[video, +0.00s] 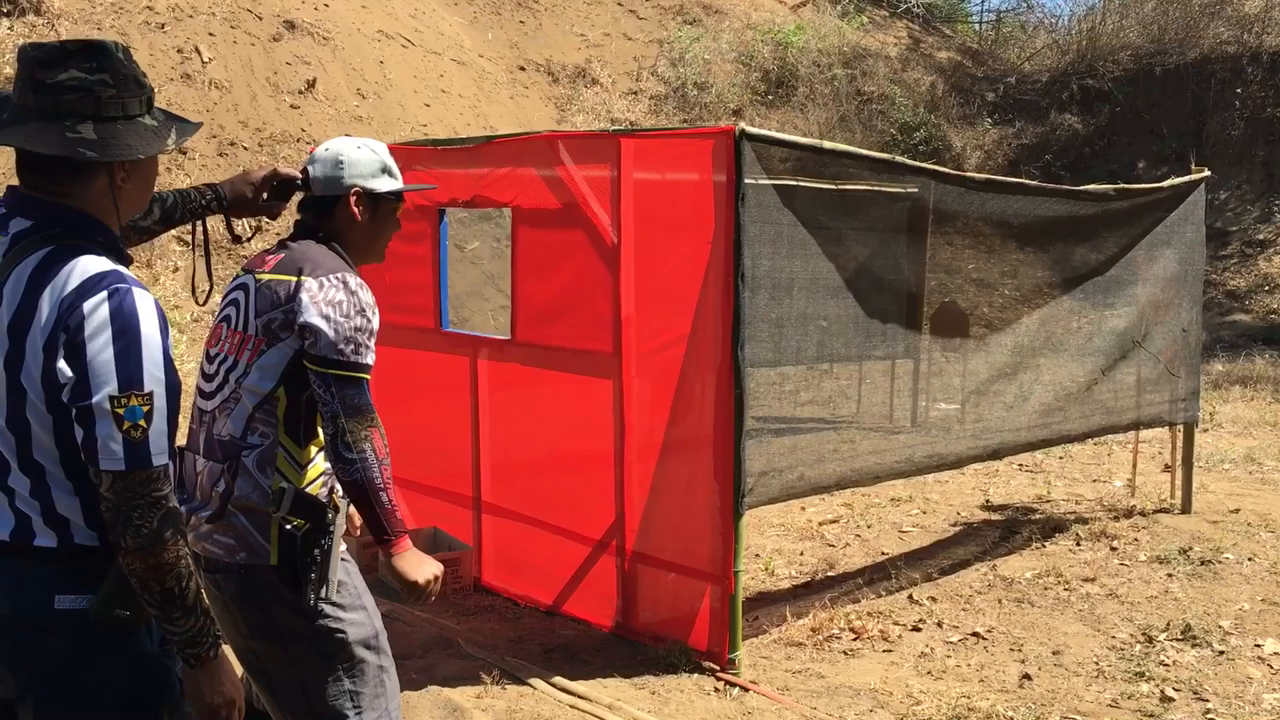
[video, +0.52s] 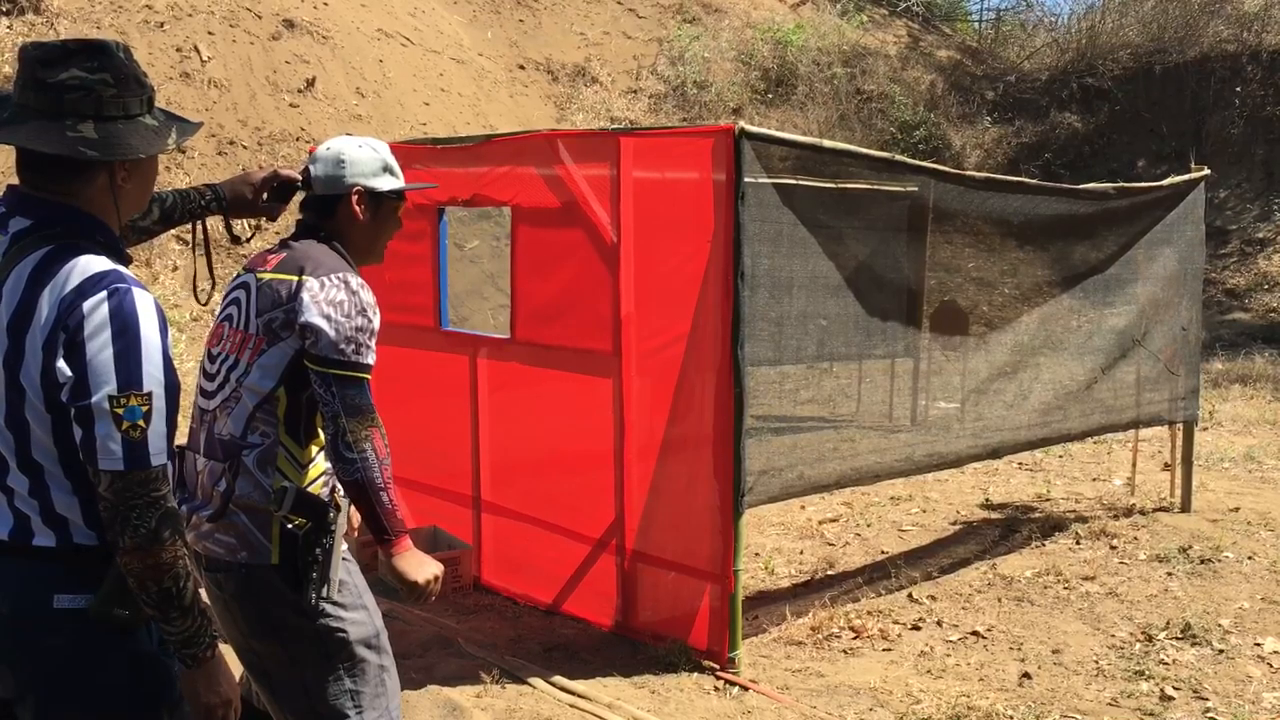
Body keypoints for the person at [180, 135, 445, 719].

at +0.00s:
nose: (401, 223)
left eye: (401, 208)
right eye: (395, 207)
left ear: (335, 203)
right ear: (356, 207)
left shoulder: (265, 267)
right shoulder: (336, 287)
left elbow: (275, 406)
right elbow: (352, 431)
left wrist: (335, 494)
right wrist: (401, 545)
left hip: (222, 532)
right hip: (280, 540)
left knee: (285, 696)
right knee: (363, 696)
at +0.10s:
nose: (400, 223)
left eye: (401, 208)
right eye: (395, 207)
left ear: (334, 202)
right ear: (357, 207)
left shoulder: (265, 267)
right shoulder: (337, 287)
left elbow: (275, 407)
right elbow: (352, 431)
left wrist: (335, 494)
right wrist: (402, 544)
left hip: (221, 528)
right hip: (279, 538)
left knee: (286, 693)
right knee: (363, 696)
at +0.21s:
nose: (400, 222)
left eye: (401, 208)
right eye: (395, 206)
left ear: (335, 201)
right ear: (357, 205)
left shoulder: (263, 267)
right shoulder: (337, 286)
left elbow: (277, 409)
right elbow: (352, 430)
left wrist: (340, 498)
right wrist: (402, 544)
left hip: (221, 531)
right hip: (280, 540)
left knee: (285, 692)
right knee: (364, 697)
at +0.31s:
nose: (401, 222)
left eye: (402, 207)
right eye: (395, 205)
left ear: (335, 201)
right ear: (357, 206)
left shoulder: (265, 266)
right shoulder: (337, 287)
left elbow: (276, 405)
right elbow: (352, 432)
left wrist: (337, 495)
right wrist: (401, 544)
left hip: (222, 531)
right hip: (280, 541)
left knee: (284, 694)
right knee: (363, 698)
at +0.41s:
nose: (401, 222)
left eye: (402, 207)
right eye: (395, 206)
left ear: (333, 201)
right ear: (357, 205)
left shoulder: (264, 266)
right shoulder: (337, 287)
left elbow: (274, 406)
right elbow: (352, 432)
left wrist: (335, 495)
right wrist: (401, 544)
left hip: (222, 531)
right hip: (280, 542)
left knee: (283, 695)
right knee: (363, 699)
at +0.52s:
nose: (402, 222)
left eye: (403, 207)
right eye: (397, 206)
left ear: (335, 201)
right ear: (358, 205)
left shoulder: (263, 266)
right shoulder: (337, 286)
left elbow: (273, 406)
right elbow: (352, 431)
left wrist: (334, 494)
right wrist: (401, 545)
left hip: (222, 531)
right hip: (280, 543)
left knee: (283, 694)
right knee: (363, 700)